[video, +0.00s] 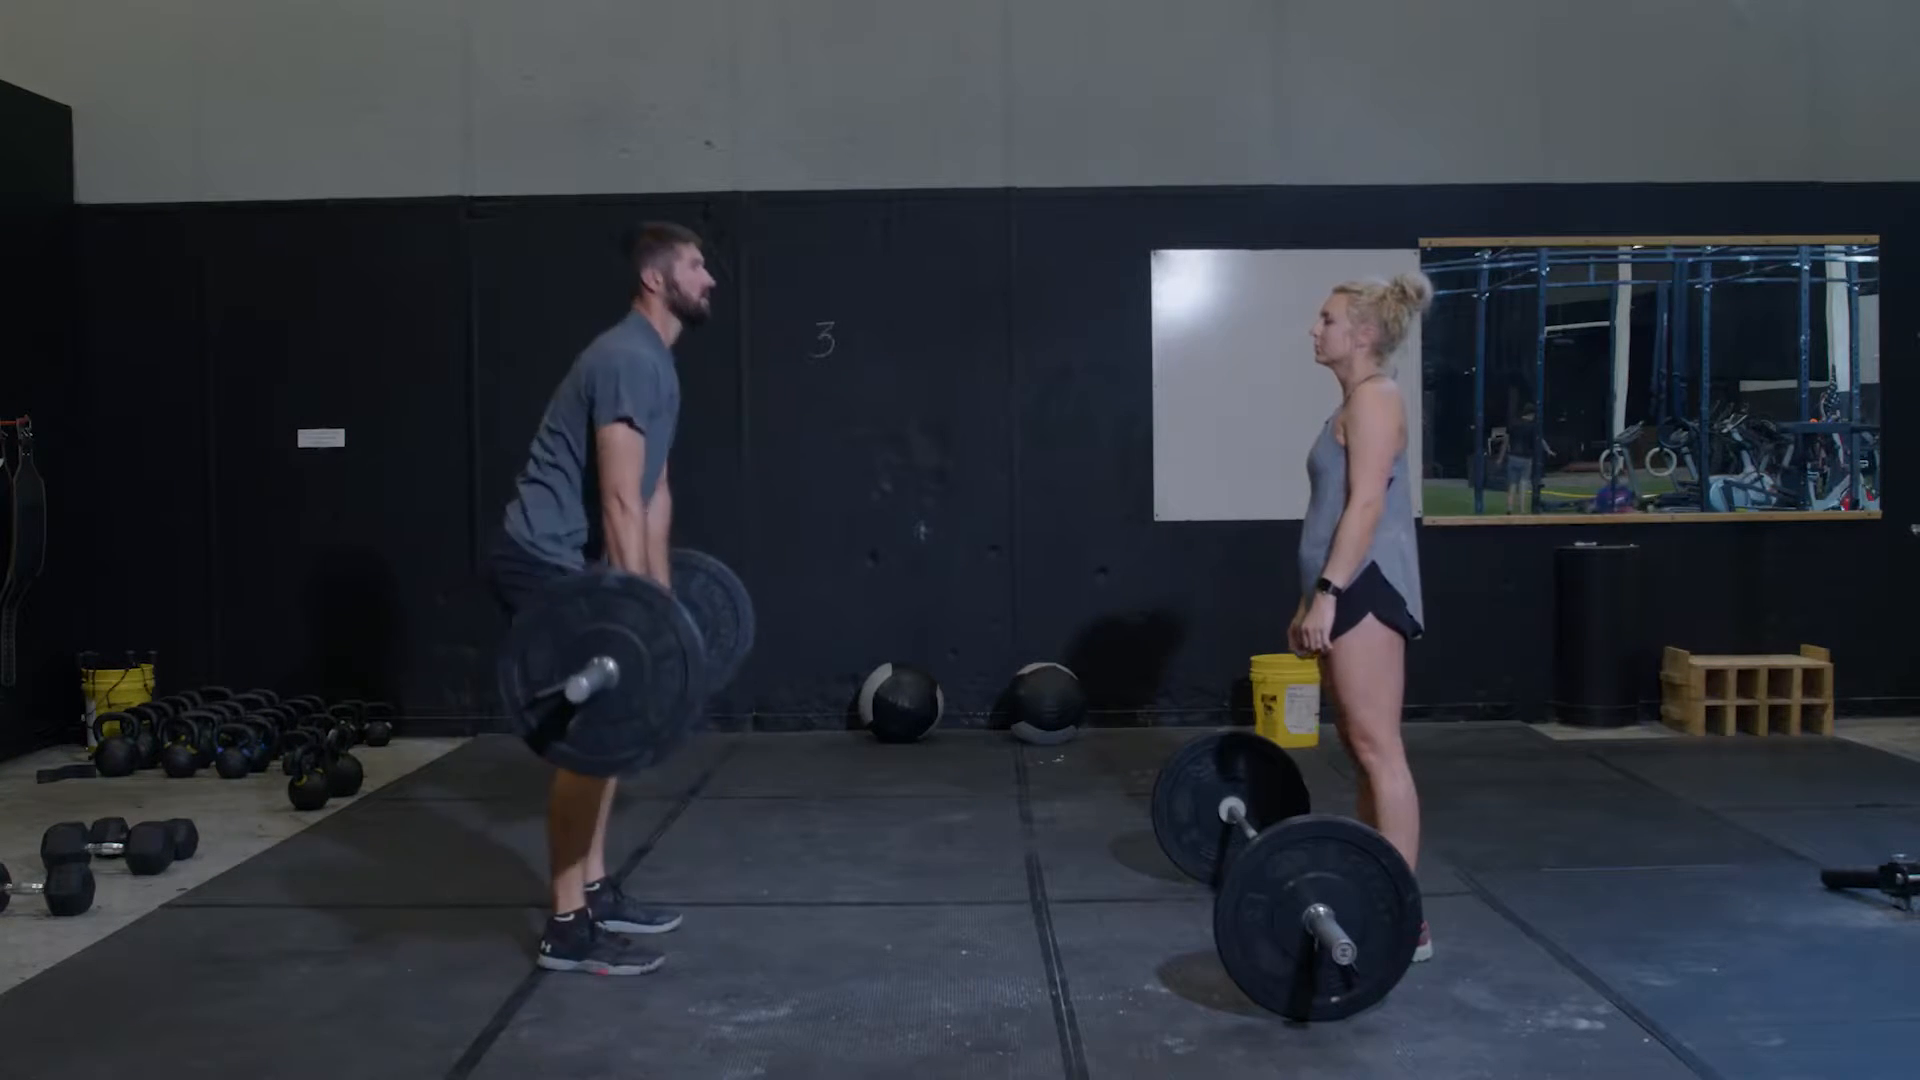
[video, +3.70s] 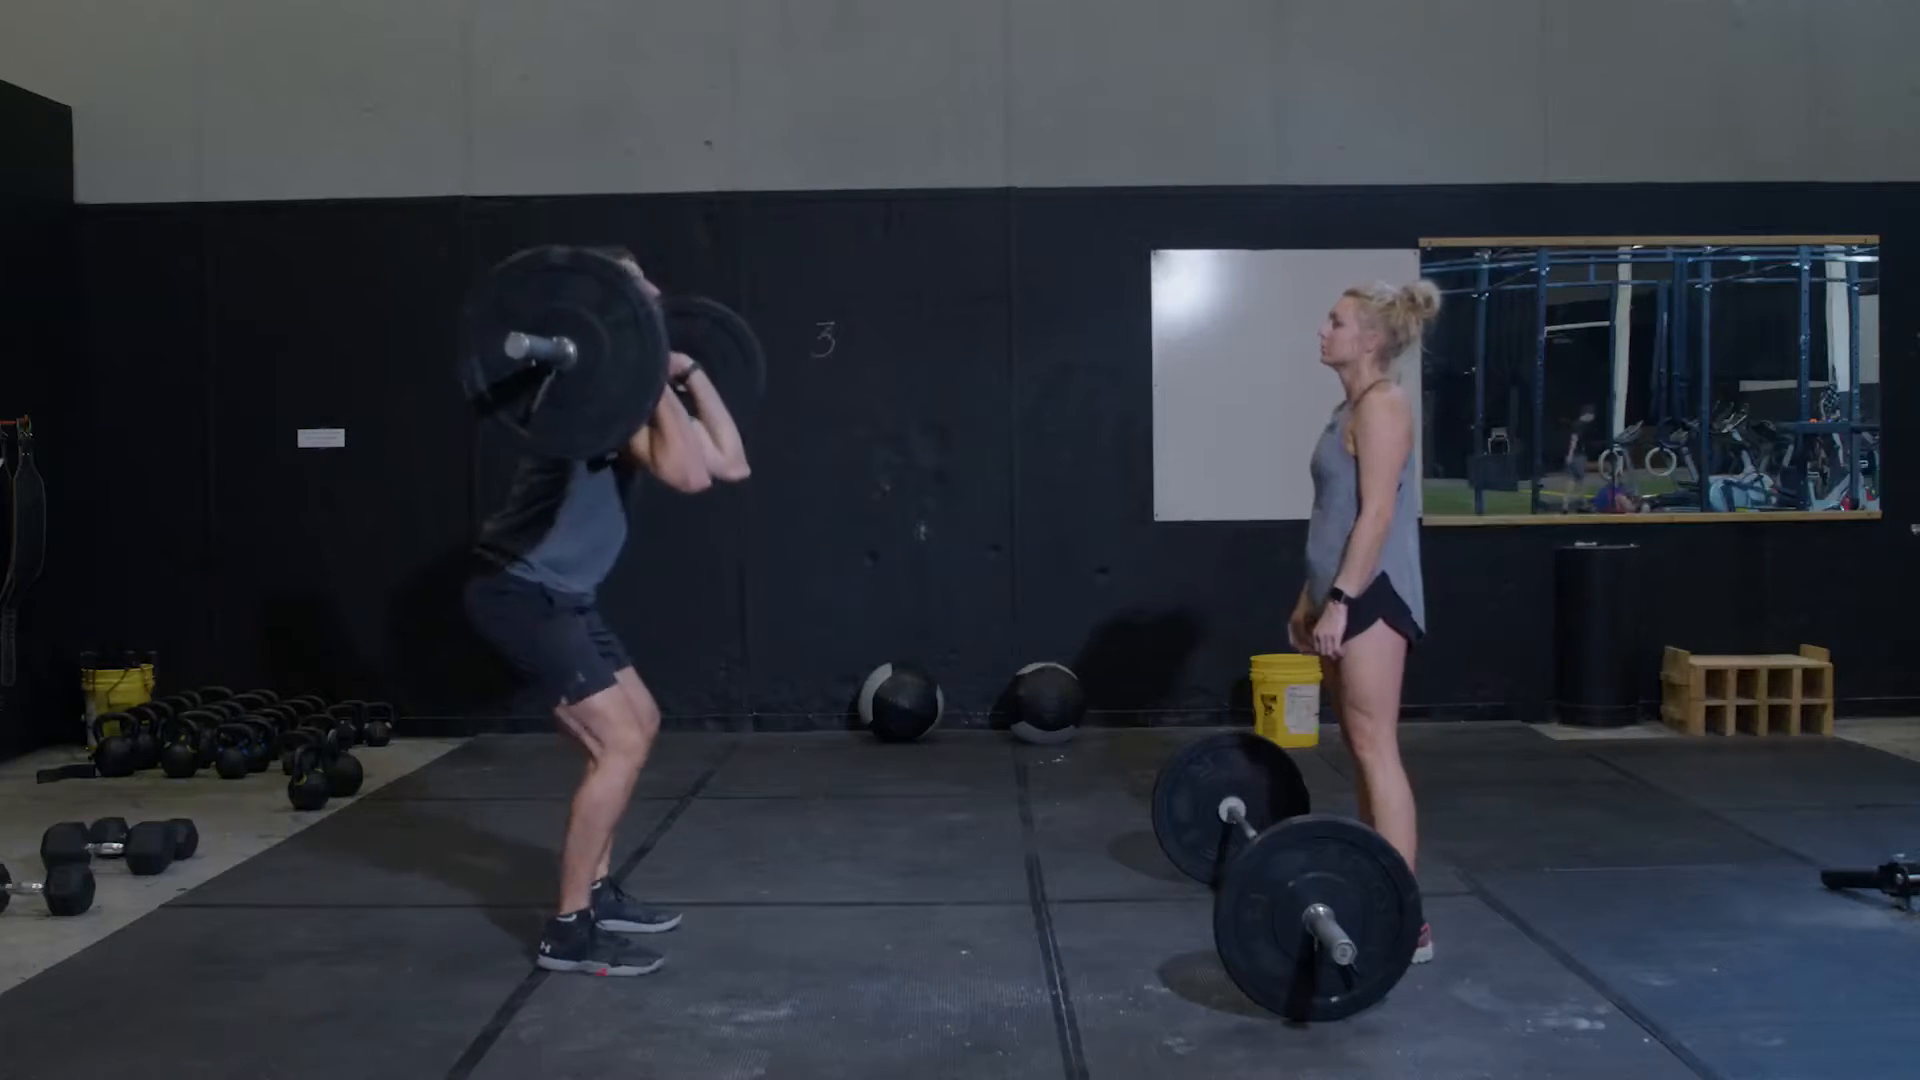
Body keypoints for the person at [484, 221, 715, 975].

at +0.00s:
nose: (710, 281)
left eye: (707, 268)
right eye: (697, 268)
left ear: (661, 281)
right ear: (655, 279)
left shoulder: (657, 363)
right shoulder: (626, 359)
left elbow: (655, 492)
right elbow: (618, 498)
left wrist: (662, 607)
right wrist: (637, 616)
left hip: (574, 556)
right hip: (540, 557)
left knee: (613, 709)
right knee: (588, 717)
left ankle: (590, 891)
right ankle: (566, 923)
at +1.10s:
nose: (629, 224)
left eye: (624, 210)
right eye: (614, 212)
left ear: (586, 226)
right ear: (574, 227)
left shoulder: (602, 294)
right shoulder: (566, 292)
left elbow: (642, 395)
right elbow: (593, 399)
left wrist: (685, 476)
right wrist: (648, 477)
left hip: (602, 524)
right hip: (567, 529)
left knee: (630, 696)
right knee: (598, 705)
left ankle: (604, 870)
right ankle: (576, 902)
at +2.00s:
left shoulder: (642, 389)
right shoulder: (608, 384)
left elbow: (717, 455)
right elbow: (668, 472)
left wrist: (682, 357)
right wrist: (649, 369)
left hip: (613, 583)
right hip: (579, 584)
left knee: (675, 735)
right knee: (662, 753)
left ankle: (599, 892)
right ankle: (574, 924)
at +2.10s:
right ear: (613, 256)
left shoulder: (637, 332)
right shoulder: (595, 324)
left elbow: (718, 393)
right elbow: (673, 395)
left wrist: (679, 291)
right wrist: (653, 293)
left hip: (630, 544)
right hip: (598, 545)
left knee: (645, 722)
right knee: (626, 733)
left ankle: (599, 888)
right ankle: (571, 917)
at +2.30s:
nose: (628, 234)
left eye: (623, 223)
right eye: (615, 225)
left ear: (589, 246)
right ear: (579, 247)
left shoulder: (631, 305)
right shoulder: (583, 307)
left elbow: (692, 259)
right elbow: (649, 247)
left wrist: (676, 172)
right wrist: (640, 158)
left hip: (644, 533)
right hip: (612, 536)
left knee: (625, 716)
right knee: (594, 722)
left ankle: (595, 889)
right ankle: (568, 917)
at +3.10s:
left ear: (595, 267)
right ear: (590, 260)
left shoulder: (624, 327)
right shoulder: (574, 323)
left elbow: (707, 360)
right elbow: (648, 358)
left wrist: (680, 273)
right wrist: (627, 274)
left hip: (631, 546)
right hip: (593, 547)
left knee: (609, 721)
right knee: (578, 728)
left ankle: (592, 892)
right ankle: (564, 922)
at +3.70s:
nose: (657, 306)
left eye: (653, 294)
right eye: (641, 298)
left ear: (650, 303)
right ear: (603, 312)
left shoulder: (635, 386)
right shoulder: (589, 385)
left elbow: (733, 464)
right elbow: (689, 474)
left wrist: (691, 375)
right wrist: (656, 377)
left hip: (568, 592)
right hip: (522, 592)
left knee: (640, 722)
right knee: (622, 740)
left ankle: (591, 893)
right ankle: (568, 925)